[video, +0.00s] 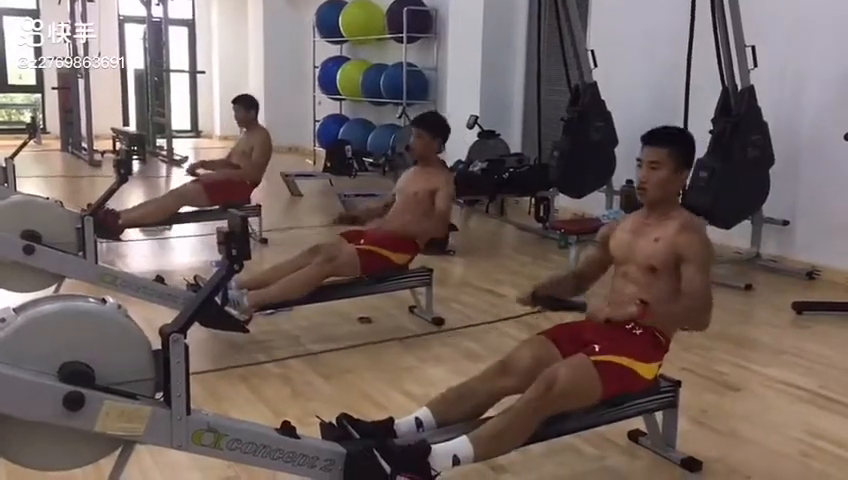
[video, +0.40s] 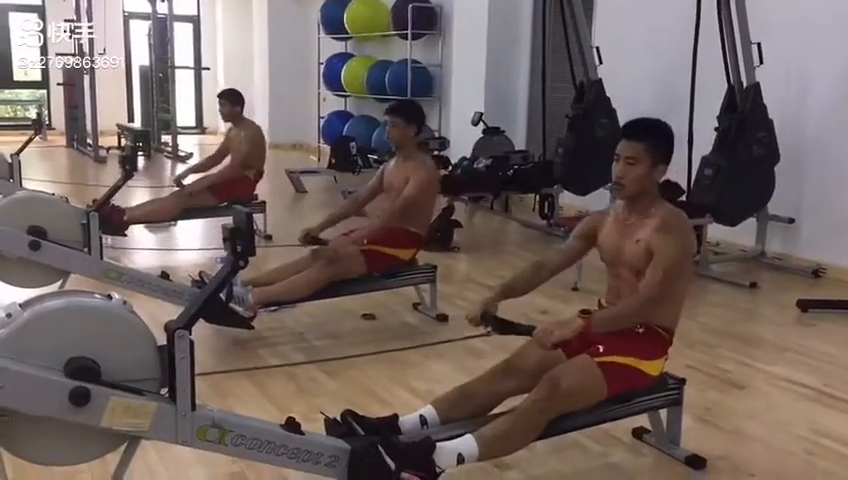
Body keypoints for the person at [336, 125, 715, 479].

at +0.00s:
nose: (643, 175)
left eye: (656, 167)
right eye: (641, 165)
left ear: (682, 176)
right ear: (638, 170)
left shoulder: (689, 233)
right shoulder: (622, 227)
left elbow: (699, 315)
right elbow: (579, 278)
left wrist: (643, 308)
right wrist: (544, 292)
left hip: (637, 344)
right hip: (592, 330)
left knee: (548, 386)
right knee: (506, 368)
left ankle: (433, 461)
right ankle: (396, 431)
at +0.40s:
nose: (620, 170)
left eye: (632, 163)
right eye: (618, 160)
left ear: (660, 170)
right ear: (613, 162)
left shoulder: (673, 227)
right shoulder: (604, 219)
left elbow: (643, 302)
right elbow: (546, 266)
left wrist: (582, 325)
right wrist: (496, 296)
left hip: (644, 343)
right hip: (601, 327)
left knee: (551, 390)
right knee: (509, 372)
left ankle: (439, 460)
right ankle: (402, 429)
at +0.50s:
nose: (617, 170)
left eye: (630, 162)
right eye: (615, 159)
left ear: (657, 170)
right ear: (609, 162)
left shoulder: (670, 226)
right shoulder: (601, 220)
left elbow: (634, 305)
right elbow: (541, 264)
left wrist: (566, 329)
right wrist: (491, 295)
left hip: (645, 342)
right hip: (601, 326)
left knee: (551, 391)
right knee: (510, 370)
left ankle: (442, 457)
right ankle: (401, 427)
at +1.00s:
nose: (597, 166)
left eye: (610, 157)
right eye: (596, 154)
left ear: (640, 164)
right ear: (594, 154)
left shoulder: (656, 222)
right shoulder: (587, 214)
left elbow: (612, 290)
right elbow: (521, 256)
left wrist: (544, 320)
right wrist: (466, 283)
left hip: (644, 342)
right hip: (599, 322)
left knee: (547, 356)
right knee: (507, 342)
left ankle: (448, 450)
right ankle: (415, 420)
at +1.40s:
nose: (552, 164)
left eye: (565, 155)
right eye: (552, 153)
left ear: (595, 165)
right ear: (548, 156)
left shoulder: (610, 224)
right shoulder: (543, 214)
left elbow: (558, 283)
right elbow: (471, 254)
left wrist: (483, 317)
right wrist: (411, 284)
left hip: (611, 350)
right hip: (568, 333)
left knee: (523, 329)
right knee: (474, 310)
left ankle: (450, 447)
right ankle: (417, 417)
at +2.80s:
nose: (653, 159)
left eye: (664, 152)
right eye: (652, 150)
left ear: (692, 160)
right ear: (650, 153)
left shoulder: (691, 223)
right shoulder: (630, 209)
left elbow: (642, 268)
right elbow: (564, 242)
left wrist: (592, 273)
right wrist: (507, 251)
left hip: (641, 333)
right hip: (602, 314)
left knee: (548, 365)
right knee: (503, 341)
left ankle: (437, 449)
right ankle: (405, 418)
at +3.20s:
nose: (686, 188)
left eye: (699, 182)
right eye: (686, 179)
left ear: (724, 196)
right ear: (683, 186)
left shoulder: (732, 252)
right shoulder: (658, 230)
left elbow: (749, 328)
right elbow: (627, 288)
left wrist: (725, 287)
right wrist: (612, 261)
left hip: (638, 337)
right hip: (600, 314)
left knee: (542, 374)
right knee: (504, 351)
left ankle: (428, 451)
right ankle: (391, 419)